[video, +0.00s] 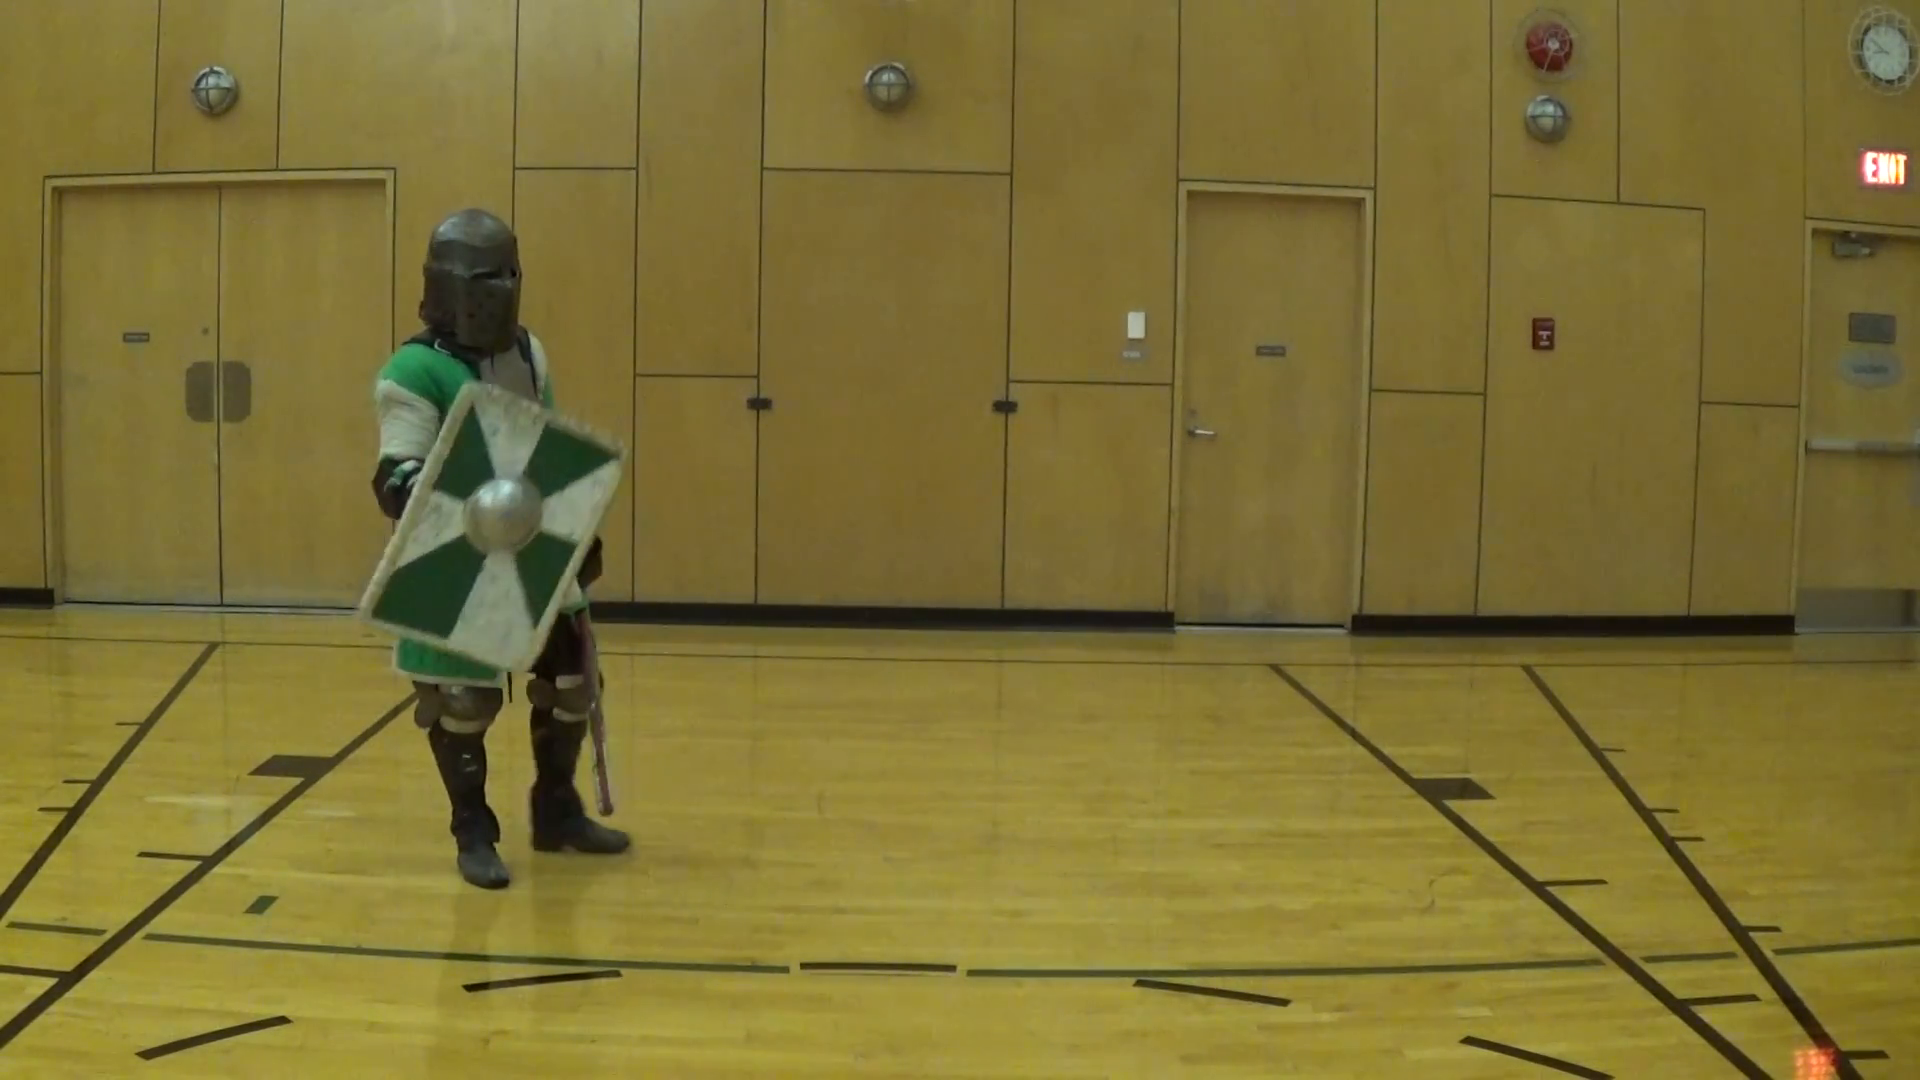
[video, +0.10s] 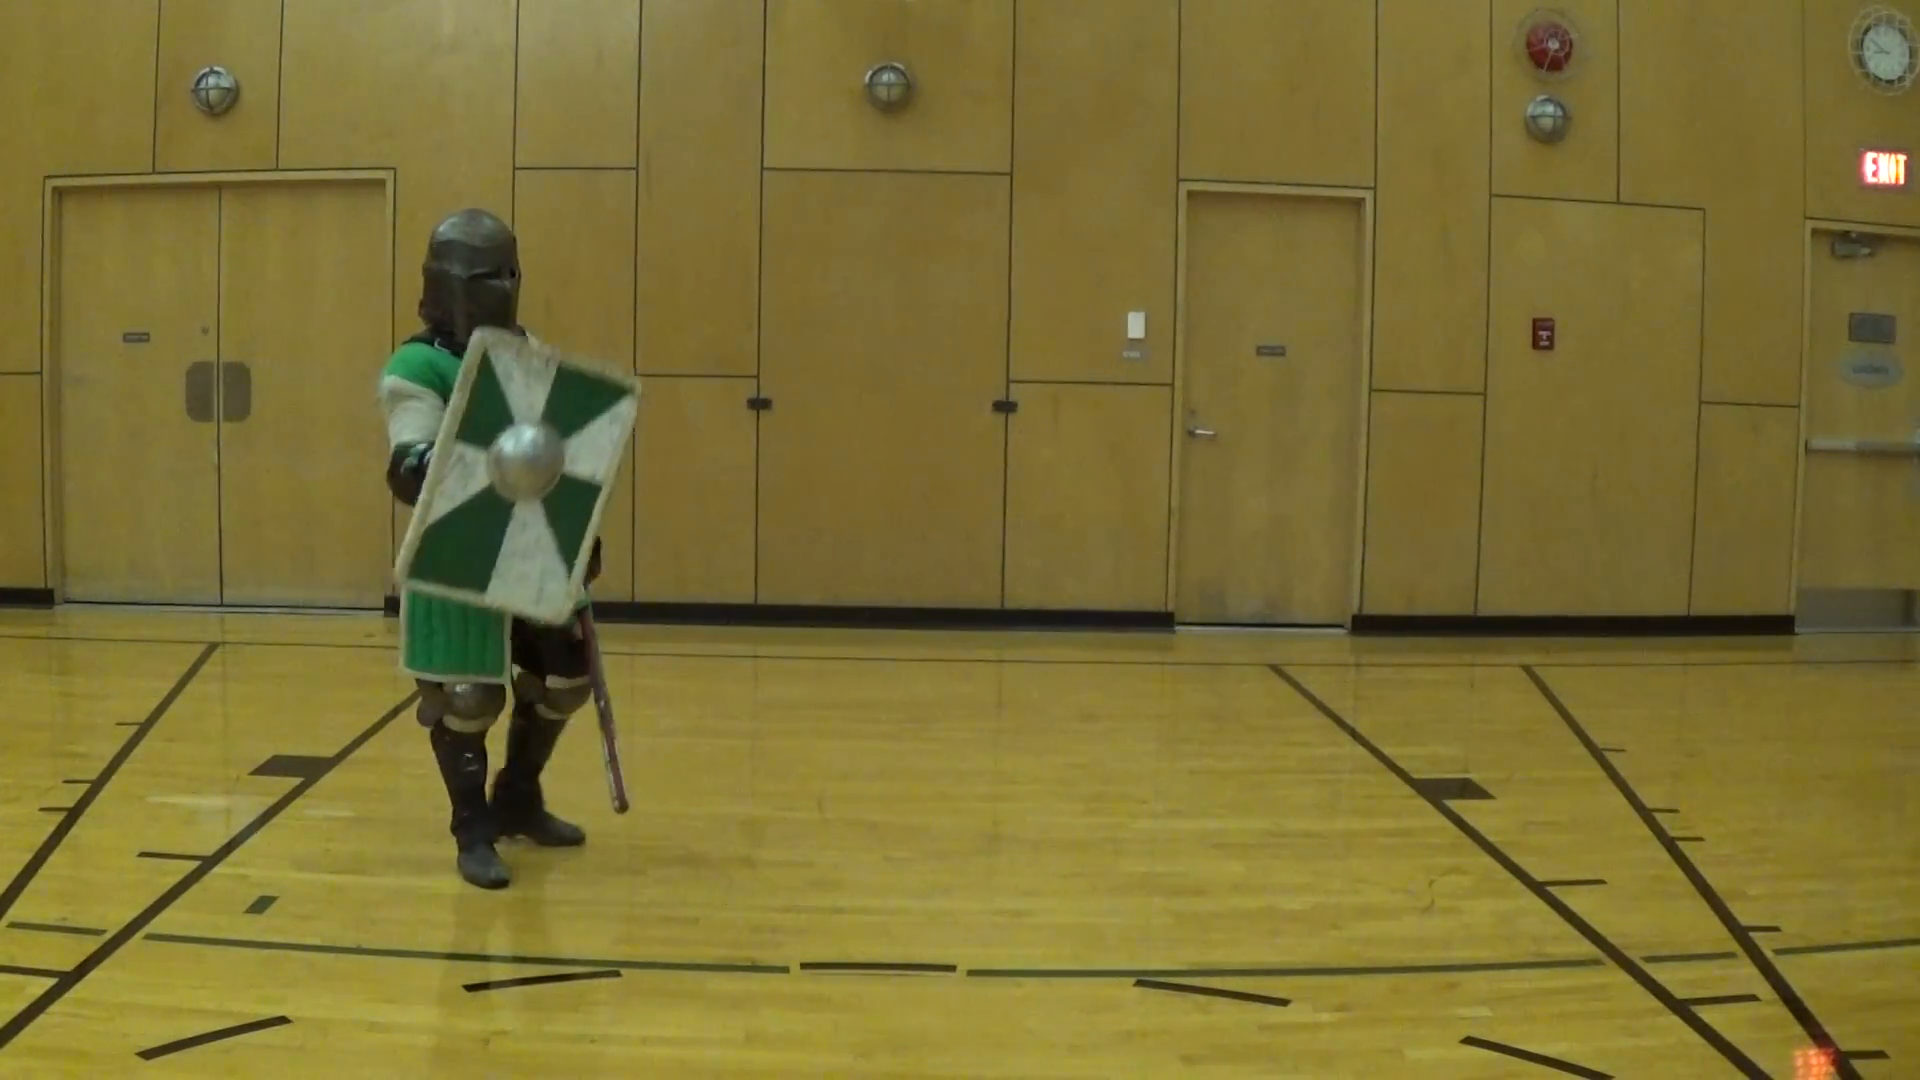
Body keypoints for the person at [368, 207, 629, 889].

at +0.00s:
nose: (491, 291)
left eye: (503, 276)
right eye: (472, 278)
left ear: (518, 282)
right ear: (435, 284)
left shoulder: (529, 357)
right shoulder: (415, 371)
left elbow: (549, 458)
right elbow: (397, 480)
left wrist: (579, 541)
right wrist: (468, 511)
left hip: (532, 555)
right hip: (449, 566)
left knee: (568, 670)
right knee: (462, 689)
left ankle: (556, 808)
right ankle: (474, 831)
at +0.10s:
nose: (490, 290)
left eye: (502, 275)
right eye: (472, 276)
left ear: (515, 281)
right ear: (436, 282)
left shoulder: (532, 363)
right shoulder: (417, 366)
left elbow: (571, 464)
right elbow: (409, 467)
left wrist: (582, 552)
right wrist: (495, 474)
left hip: (534, 551)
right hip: (452, 556)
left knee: (560, 675)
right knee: (466, 687)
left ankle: (517, 794)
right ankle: (472, 827)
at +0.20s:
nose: (482, 296)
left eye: (497, 280)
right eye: (467, 279)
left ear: (516, 284)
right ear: (436, 281)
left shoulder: (533, 357)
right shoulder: (422, 363)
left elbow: (565, 468)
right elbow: (437, 459)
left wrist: (574, 579)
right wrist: (519, 422)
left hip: (540, 546)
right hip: (462, 550)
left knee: (548, 678)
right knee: (471, 685)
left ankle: (506, 798)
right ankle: (473, 828)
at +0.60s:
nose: (506, 292)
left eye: (515, 276)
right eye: (489, 278)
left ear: (531, 278)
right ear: (457, 282)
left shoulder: (531, 349)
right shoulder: (443, 361)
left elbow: (566, 442)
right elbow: (500, 460)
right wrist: (553, 396)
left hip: (539, 525)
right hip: (481, 529)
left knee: (536, 674)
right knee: (490, 679)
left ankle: (503, 804)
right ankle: (476, 830)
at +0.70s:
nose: (519, 288)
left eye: (525, 273)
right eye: (504, 275)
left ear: (534, 277)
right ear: (465, 280)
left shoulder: (528, 350)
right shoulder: (447, 360)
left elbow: (558, 468)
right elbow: (494, 464)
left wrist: (570, 567)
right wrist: (559, 417)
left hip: (530, 524)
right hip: (479, 527)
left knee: (526, 675)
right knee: (506, 678)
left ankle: (502, 804)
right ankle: (480, 826)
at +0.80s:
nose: (532, 285)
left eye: (534, 271)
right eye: (519, 272)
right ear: (477, 278)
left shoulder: (514, 356)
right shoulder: (451, 359)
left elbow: (549, 470)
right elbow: (494, 465)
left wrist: (562, 563)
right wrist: (567, 429)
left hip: (521, 525)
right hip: (482, 529)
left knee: (526, 681)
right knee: (512, 682)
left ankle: (506, 809)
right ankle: (489, 832)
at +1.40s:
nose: (555, 295)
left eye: (553, 282)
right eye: (545, 282)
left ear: (496, 284)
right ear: (516, 287)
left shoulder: (507, 362)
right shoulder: (475, 368)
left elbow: (512, 478)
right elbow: (462, 486)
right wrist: (559, 500)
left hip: (504, 545)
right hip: (479, 548)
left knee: (514, 686)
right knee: (509, 691)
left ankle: (506, 810)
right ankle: (493, 837)